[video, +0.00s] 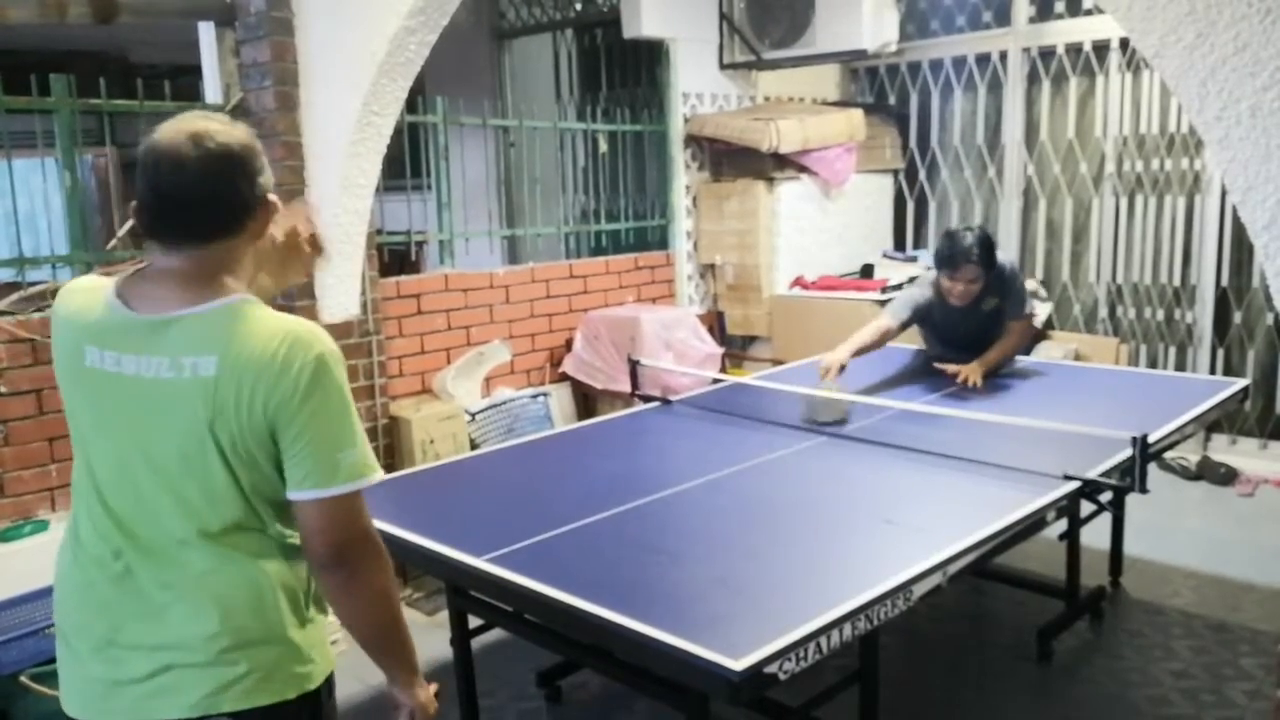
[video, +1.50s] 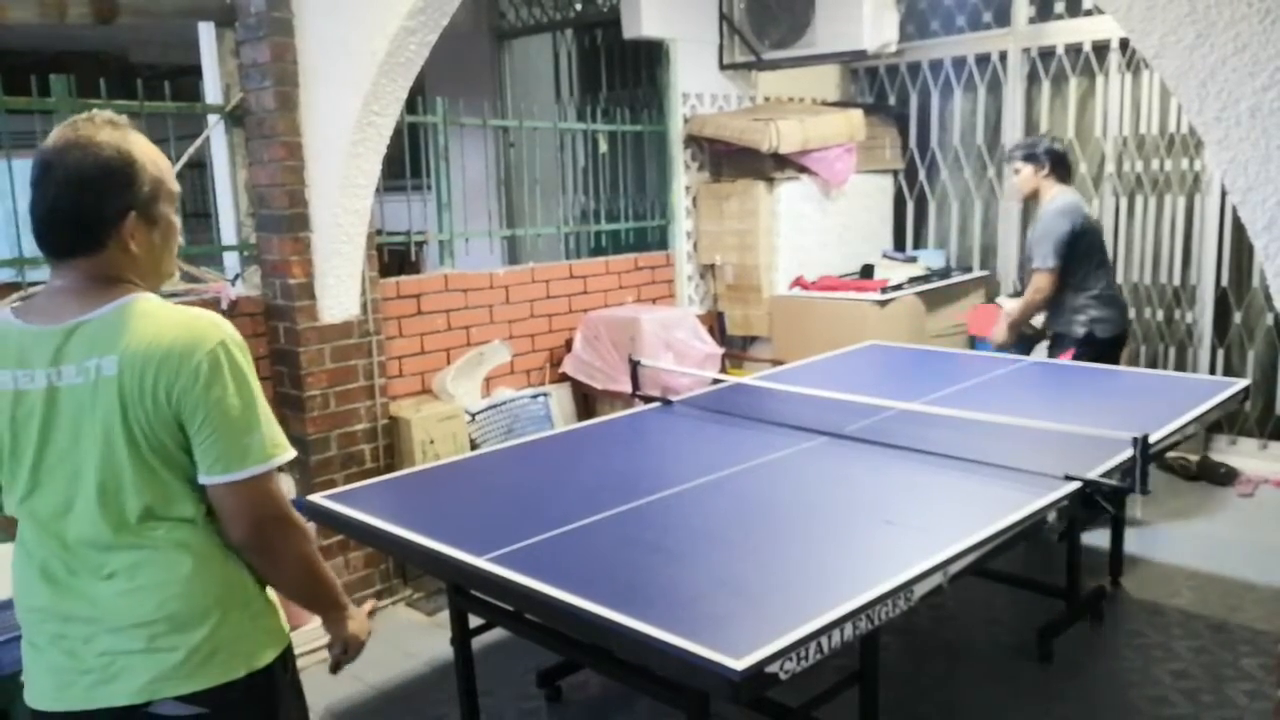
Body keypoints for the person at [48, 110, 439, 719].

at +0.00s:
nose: (276, 207)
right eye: (273, 197)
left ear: (141, 215)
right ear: (262, 216)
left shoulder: (75, 312)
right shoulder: (289, 350)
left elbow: (165, 299)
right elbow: (338, 546)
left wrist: (266, 267)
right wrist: (407, 678)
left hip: (97, 670)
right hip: (245, 677)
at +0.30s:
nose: (256, 211)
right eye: (251, 195)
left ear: (118, 221)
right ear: (240, 214)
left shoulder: (62, 317)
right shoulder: (265, 353)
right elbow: (317, 549)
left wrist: (242, 320)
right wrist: (399, 680)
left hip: (81, 673)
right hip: (230, 679)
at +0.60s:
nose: (180, 239)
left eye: (182, 218)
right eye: (175, 217)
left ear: (51, 226)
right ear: (137, 225)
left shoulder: (12, 337)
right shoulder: (169, 354)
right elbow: (220, 548)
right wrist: (320, 682)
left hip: (40, 687)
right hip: (177, 691)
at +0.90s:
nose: (144, 231)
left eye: (142, 212)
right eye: (136, 213)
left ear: (16, 231)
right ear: (99, 222)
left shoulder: (7, 332)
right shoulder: (146, 341)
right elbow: (194, 539)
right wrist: (284, 670)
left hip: (39, 687)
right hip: (170, 687)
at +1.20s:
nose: (166, 231)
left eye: (164, 212)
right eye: (159, 212)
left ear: (34, 226)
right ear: (118, 226)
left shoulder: (6, 333)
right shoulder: (173, 345)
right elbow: (258, 518)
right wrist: (361, 623)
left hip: (56, 675)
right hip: (199, 672)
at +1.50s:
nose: (181, 231)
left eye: (180, 212)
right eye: (174, 212)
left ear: (52, 226)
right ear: (133, 231)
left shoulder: (10, 335)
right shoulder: (193, 340)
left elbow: (8, 513)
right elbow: (255, 523)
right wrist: (338, 611)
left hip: (60, 671)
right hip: (205, 666)